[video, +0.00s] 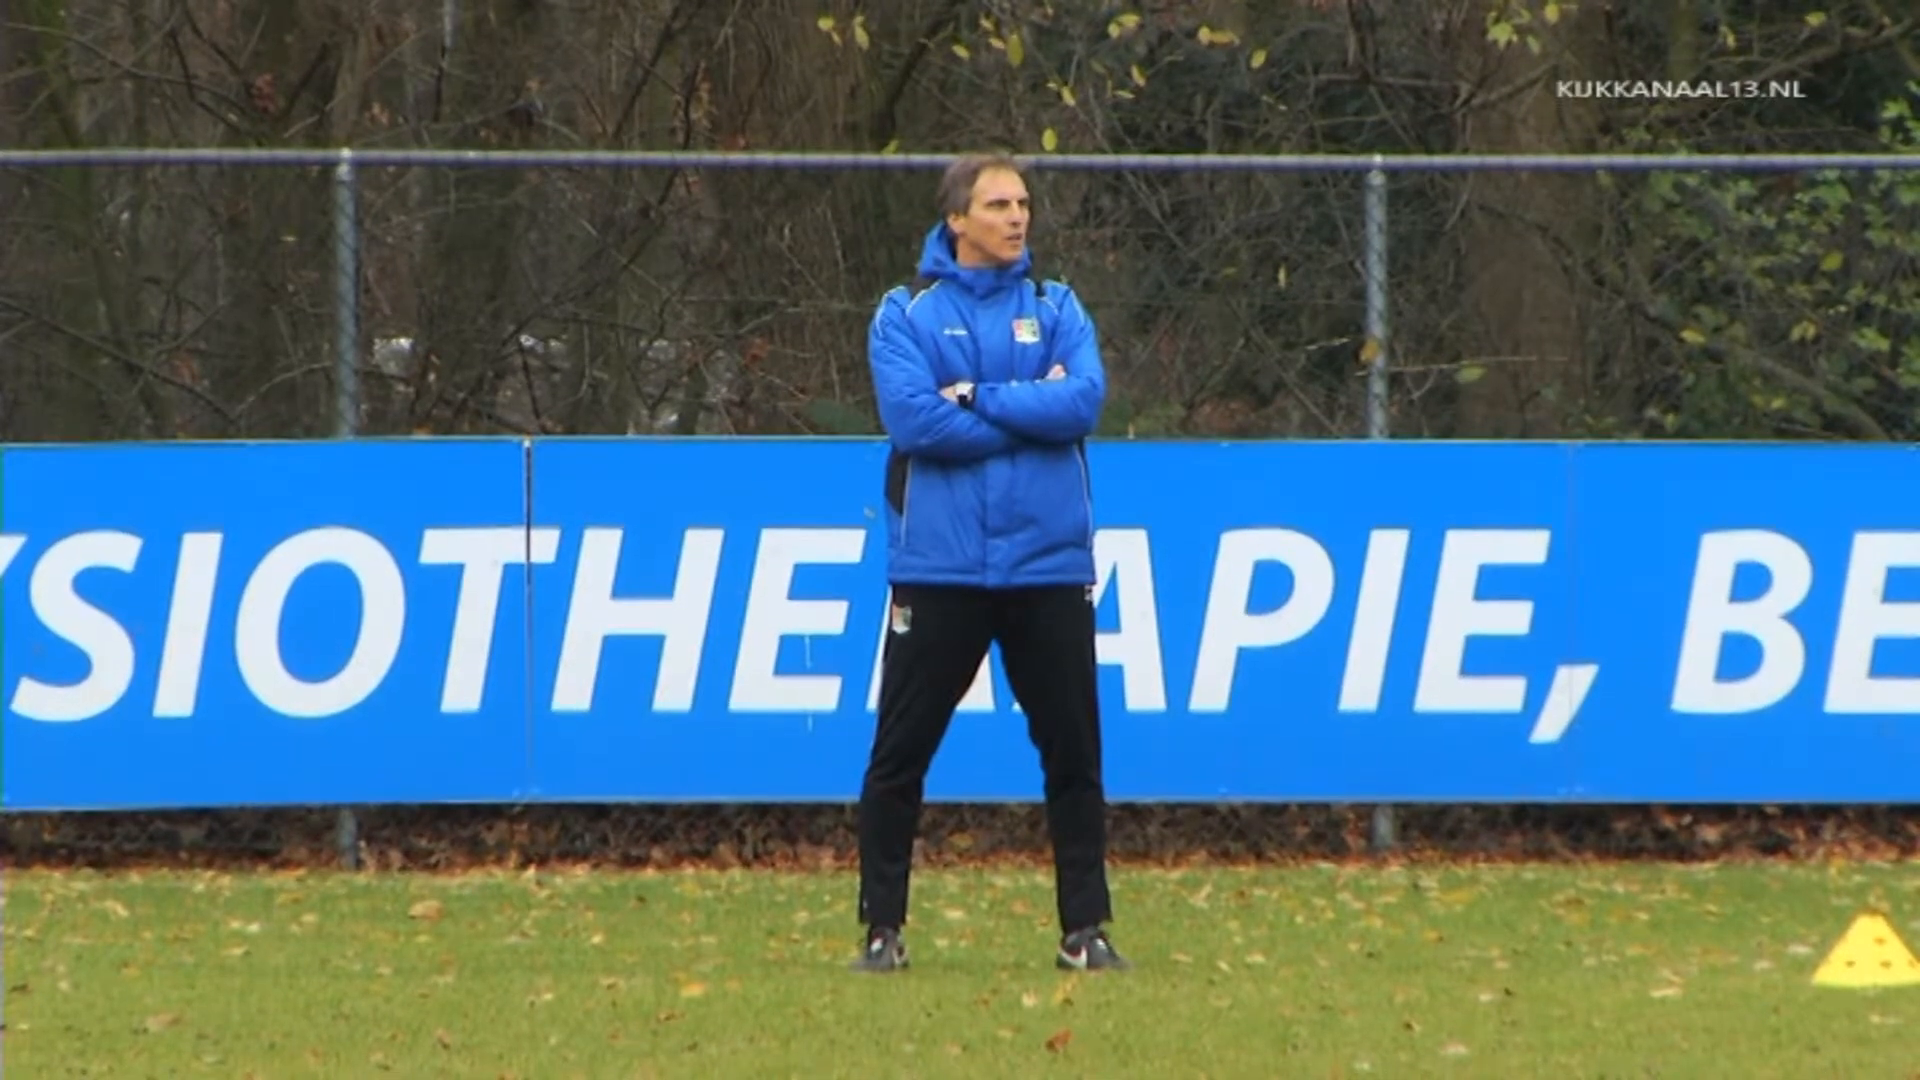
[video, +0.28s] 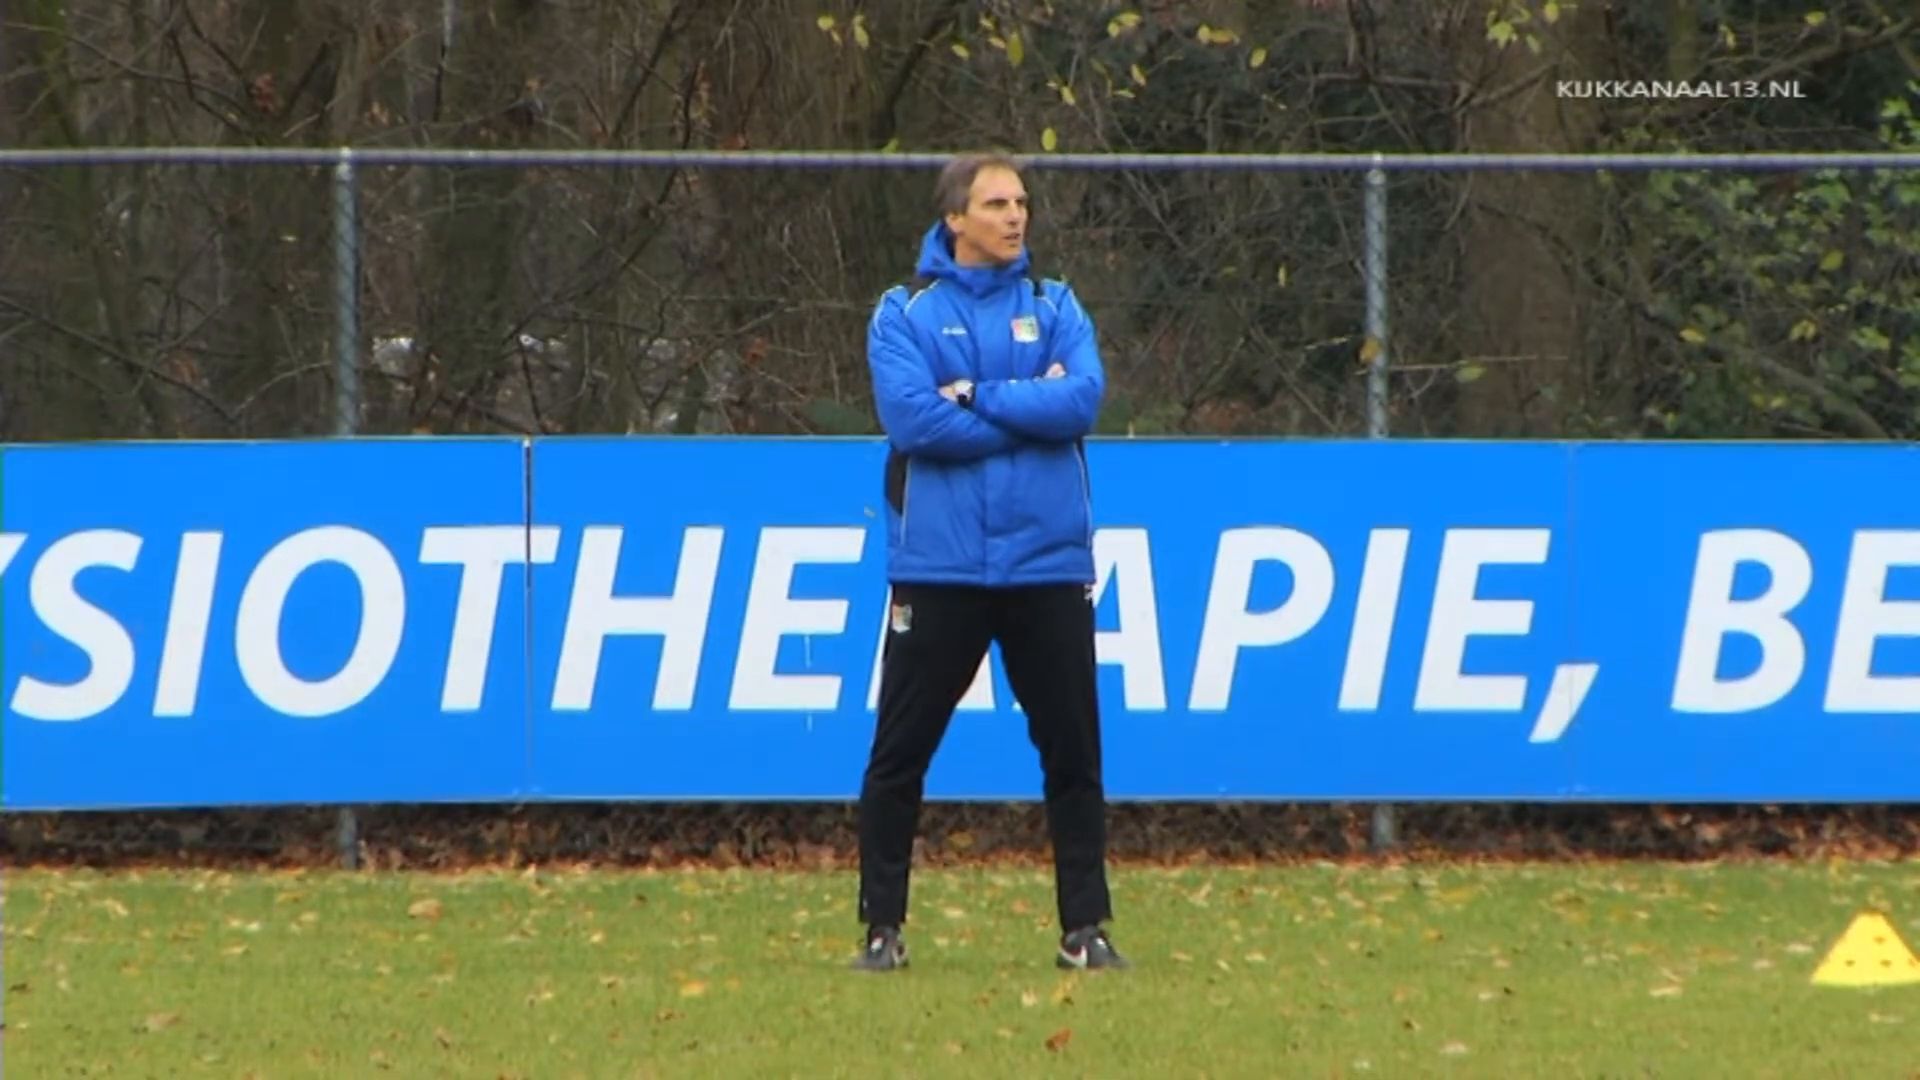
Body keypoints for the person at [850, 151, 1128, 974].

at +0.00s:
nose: (1017, 216)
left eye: (1022, 205)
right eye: (998, 206)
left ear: (1030, 218)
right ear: (957, 221)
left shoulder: (1057, 305)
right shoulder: (904, 313)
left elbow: (1081, 403)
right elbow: (916, 425)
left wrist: (973, 394)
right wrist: (1026, 415)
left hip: (1050, 568)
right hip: (941, 570)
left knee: (1074, 751)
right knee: (901, 752)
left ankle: (1085, 932)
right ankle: (882, 930)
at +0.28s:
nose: (1014, 216)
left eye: (1020, 204)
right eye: (996, 205)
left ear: (1028, 217)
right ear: (955, 221)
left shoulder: (1056, 305)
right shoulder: (903, 313)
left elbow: (1081, 402)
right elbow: (916, 425)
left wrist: (972, 393)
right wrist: (1026, 413)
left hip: (1049, 567)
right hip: (941, 570)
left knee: (1073, 751)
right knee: (901, 752)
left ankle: (1085, 931)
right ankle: (881, 929)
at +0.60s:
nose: (1013, 215)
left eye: (1019, 203)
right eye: (995, 205)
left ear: (1027, 216)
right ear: (954, 221)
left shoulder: (1055, 304)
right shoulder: (902, 313)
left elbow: (1080, 401)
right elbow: (916, 425)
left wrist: (971, 392)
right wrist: (1025, 413)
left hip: (1049, 567)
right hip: (941, 570)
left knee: (1073, 751)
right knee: (901, 752)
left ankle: (1085, 931)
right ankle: (882, 929)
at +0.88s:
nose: (1022, 213)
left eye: (1025, 201)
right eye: (1004, 202)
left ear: (1029, 216)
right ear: (960, 218)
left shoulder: (1057, 304)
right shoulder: (904, 311)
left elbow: (1081, 401)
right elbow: (916, 423)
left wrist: (972, 391)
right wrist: (1026, 412)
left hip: (1049, 567)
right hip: (940, 569)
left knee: (1073, 751)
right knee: (900, 752)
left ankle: (1085, 931)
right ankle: (882, 930)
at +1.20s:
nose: (1027, 214)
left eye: (1031, 202)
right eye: (1010, 202)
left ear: (1033, 216)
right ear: (964, 218)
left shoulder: (1059, 306)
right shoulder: (906, 310)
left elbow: (1082, 401)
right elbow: (917, 423)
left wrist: (975, 391)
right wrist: (1027, 412)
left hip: (1050, 567)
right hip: (941, 569)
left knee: (1073, 750)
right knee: (901, 752)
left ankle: (1085, 931)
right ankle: (882, 929)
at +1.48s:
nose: (1026, 215)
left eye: (1031, 204)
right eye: (1009, 204)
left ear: (1035, 217)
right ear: (964, 218)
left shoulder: (1060, 305)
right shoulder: (906, 310)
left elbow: (1082, 402)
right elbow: (916, 422)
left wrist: (975, 391)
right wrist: (1028, 413)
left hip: (1050, 567)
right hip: (941, 568)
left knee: (1073, 750)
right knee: (901, 752)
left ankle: (1085, 931)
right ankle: (882, 930)